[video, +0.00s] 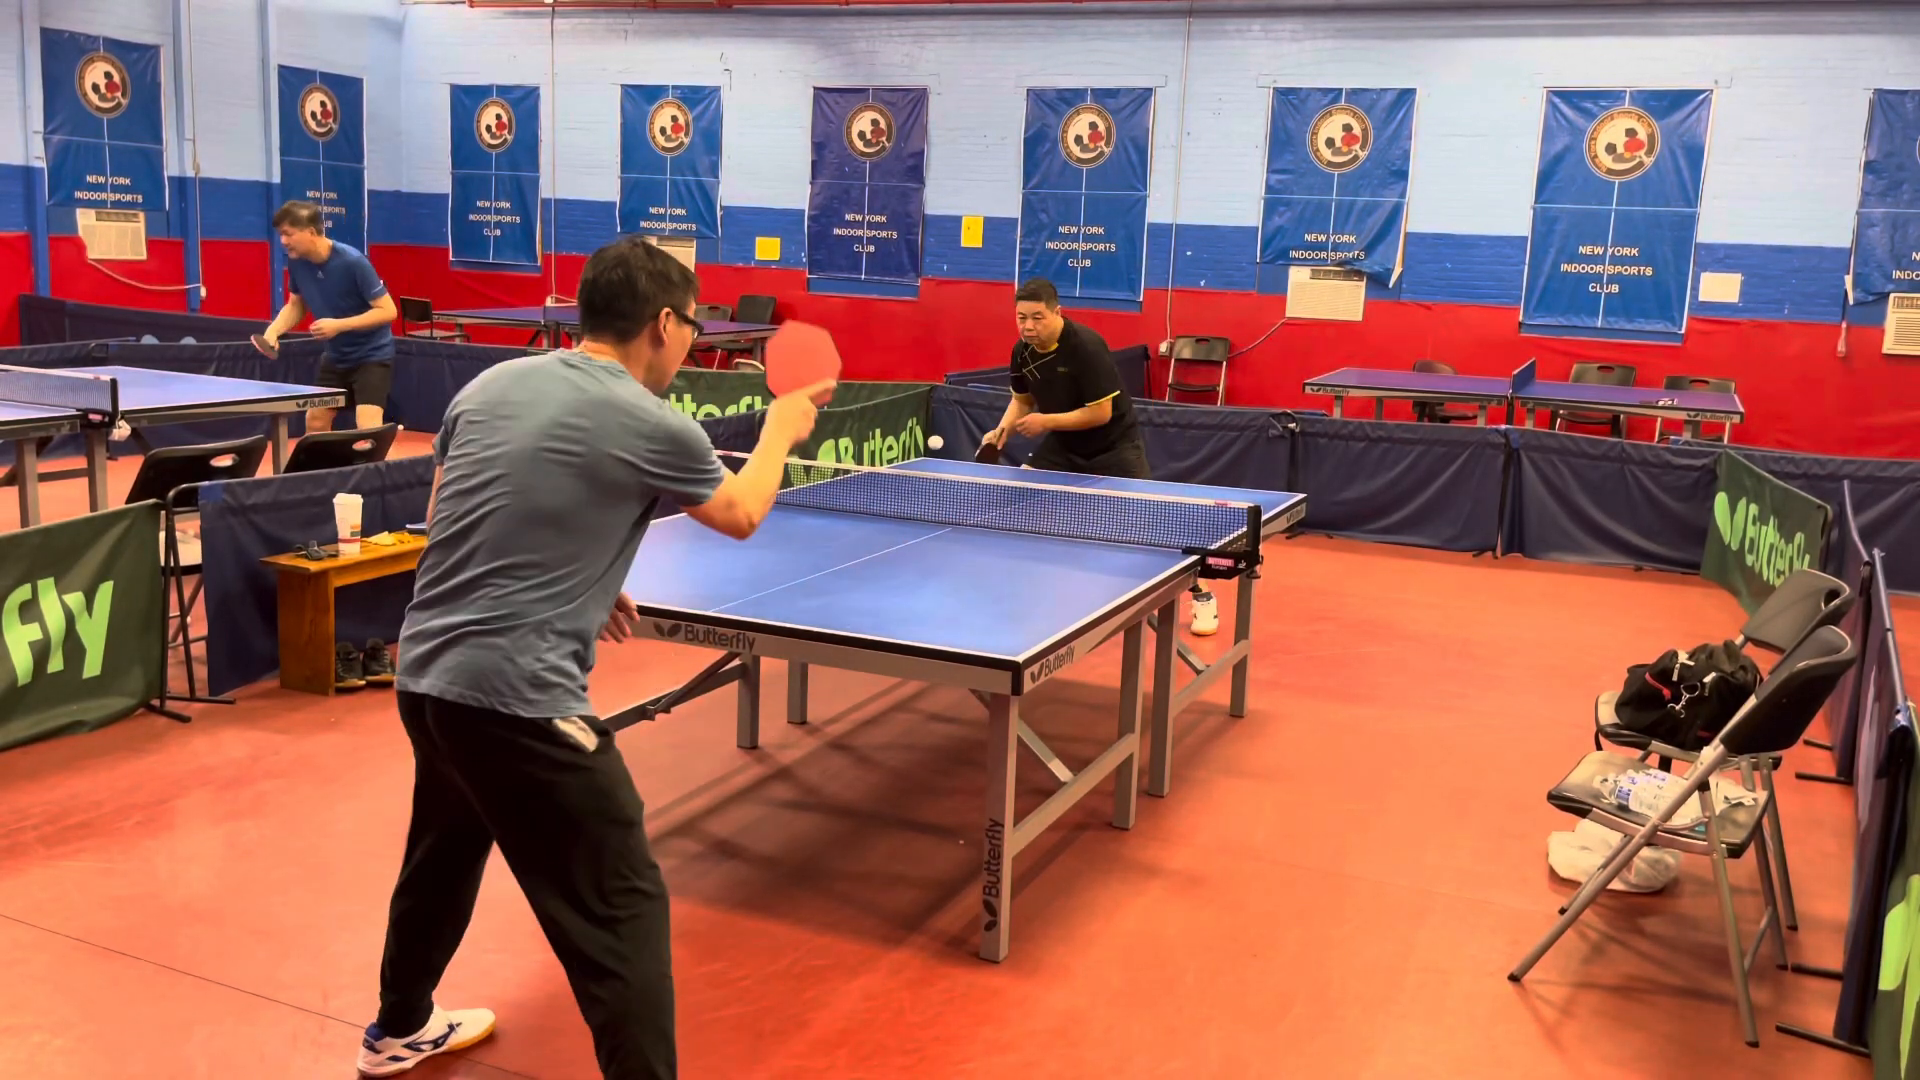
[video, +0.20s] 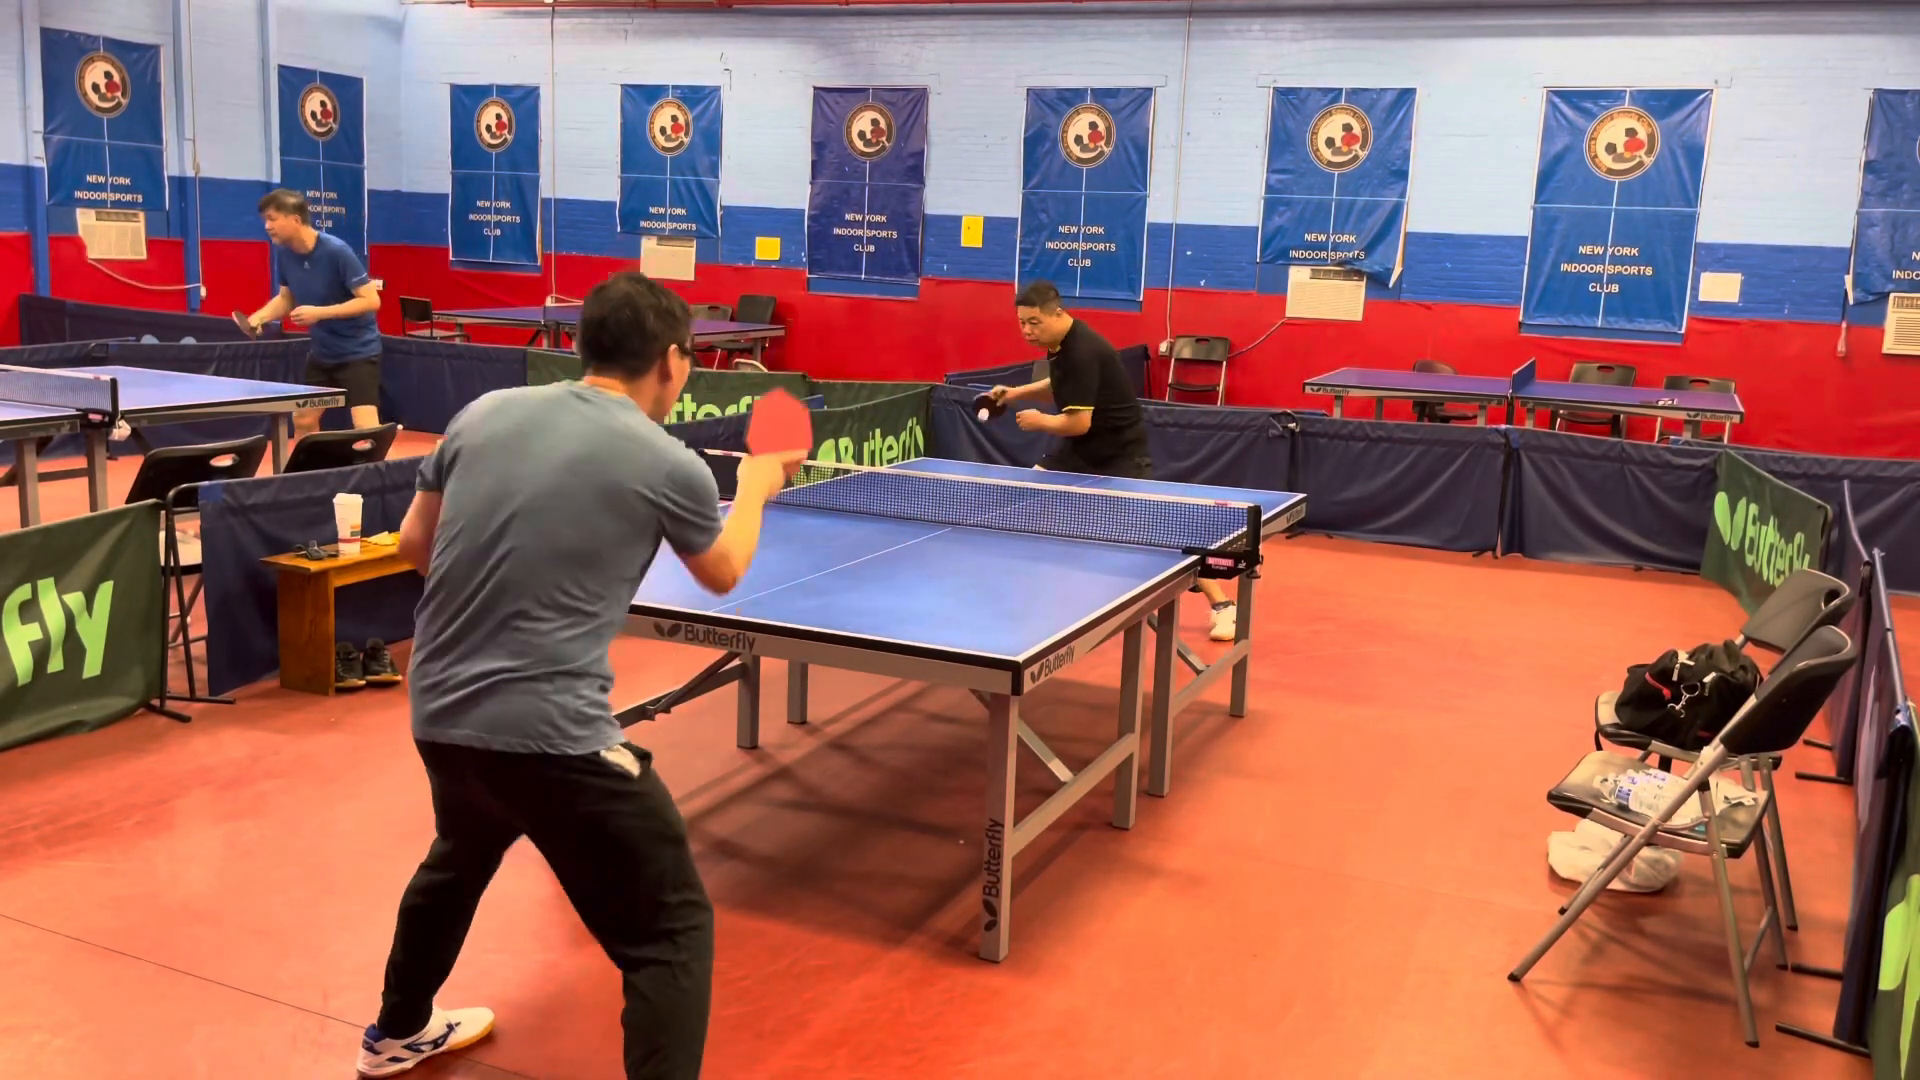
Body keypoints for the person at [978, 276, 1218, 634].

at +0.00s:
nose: (1028, 326)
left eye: (1036, 317)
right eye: (1021, 318)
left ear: (1057, 313)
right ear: (1016, 317)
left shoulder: (1087, 348)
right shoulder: (1023, 351)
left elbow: (1102, 412)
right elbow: (1022, 399)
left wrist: (1046, 421)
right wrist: (1002, 429)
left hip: (1114, 447)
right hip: (1062, 446)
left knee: (1150, 515)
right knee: (1010, 497)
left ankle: (1199, 593)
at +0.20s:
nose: (1026, 331)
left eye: (1032, 323)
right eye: (1022, 324)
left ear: (1058, 314)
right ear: (1024, 319)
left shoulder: (1082, 350)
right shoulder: (1061, 342)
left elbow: (1079, 423)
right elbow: (1061, 383)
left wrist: (1041, 421)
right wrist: (1016, 393)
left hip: (1121, 455)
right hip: (1079, 450)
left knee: (1152, 527)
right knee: (1023, 495)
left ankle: (1221, 602)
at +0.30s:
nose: (1045, 331)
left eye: (1051, 322)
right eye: (1042, 322)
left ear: (1075, 314)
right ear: (1043, 320)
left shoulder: (1113, 350)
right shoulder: (1067, 347)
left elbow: (1112, 419)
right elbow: (1047, 397)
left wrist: (1067, 420)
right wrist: (1025, 376)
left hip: (1133, 459)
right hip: (1087, 452)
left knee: (1166, 529)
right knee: (1031, 497)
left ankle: (1224, 604)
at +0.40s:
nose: (1069, 325)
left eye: (1075, 316)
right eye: (1064, 317)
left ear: (1100, 307)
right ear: (1062, 315)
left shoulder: (1142, 339)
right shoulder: (1073, 349)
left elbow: (1159, 406)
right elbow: (1050, 406)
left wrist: (1104, 420)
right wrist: (1048, 375)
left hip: (1152, 456)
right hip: (1096, 455)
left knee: (1192, 526)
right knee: (1041, 504)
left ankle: (1227, 606)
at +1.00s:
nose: (1069, 324)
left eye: (1076, 315)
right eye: (1063, 315)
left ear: (1100, 308)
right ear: (1059, 313)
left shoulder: (1121, 346)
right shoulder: (1092, 339)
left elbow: (1121, 420)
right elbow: (1096, 389)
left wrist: (1070, 418)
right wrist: (1062, 412)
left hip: (1149, 453)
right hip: (1111, 447)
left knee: (1178, 528)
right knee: (1063, 502)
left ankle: (1234, 605)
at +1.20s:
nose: (1069, 326)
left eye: (1076, 317)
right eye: (1065, 318)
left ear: (1101, 309)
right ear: (1062, 314)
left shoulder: (1120, 348)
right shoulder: (1113, 331)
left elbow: (1114, 421)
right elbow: (1125, 378)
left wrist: (1079, 420)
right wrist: (1087, 379)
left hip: (1149, 452)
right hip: (1113, 446)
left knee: (1180, 528)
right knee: (1062, 501)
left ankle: (1230, 605)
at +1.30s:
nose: (1091, 318)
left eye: (1098, 309)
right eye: (1087, 310)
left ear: (1125, 300)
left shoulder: (1150, 341)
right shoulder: (1128, 330)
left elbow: (1149, 416)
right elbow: (1128, 372)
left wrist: (1106, 423)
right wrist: (1104, 362)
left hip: (1157, 456)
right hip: (1117, 448)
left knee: (1187, 531)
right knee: (1071, 505)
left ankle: (1231, 607)